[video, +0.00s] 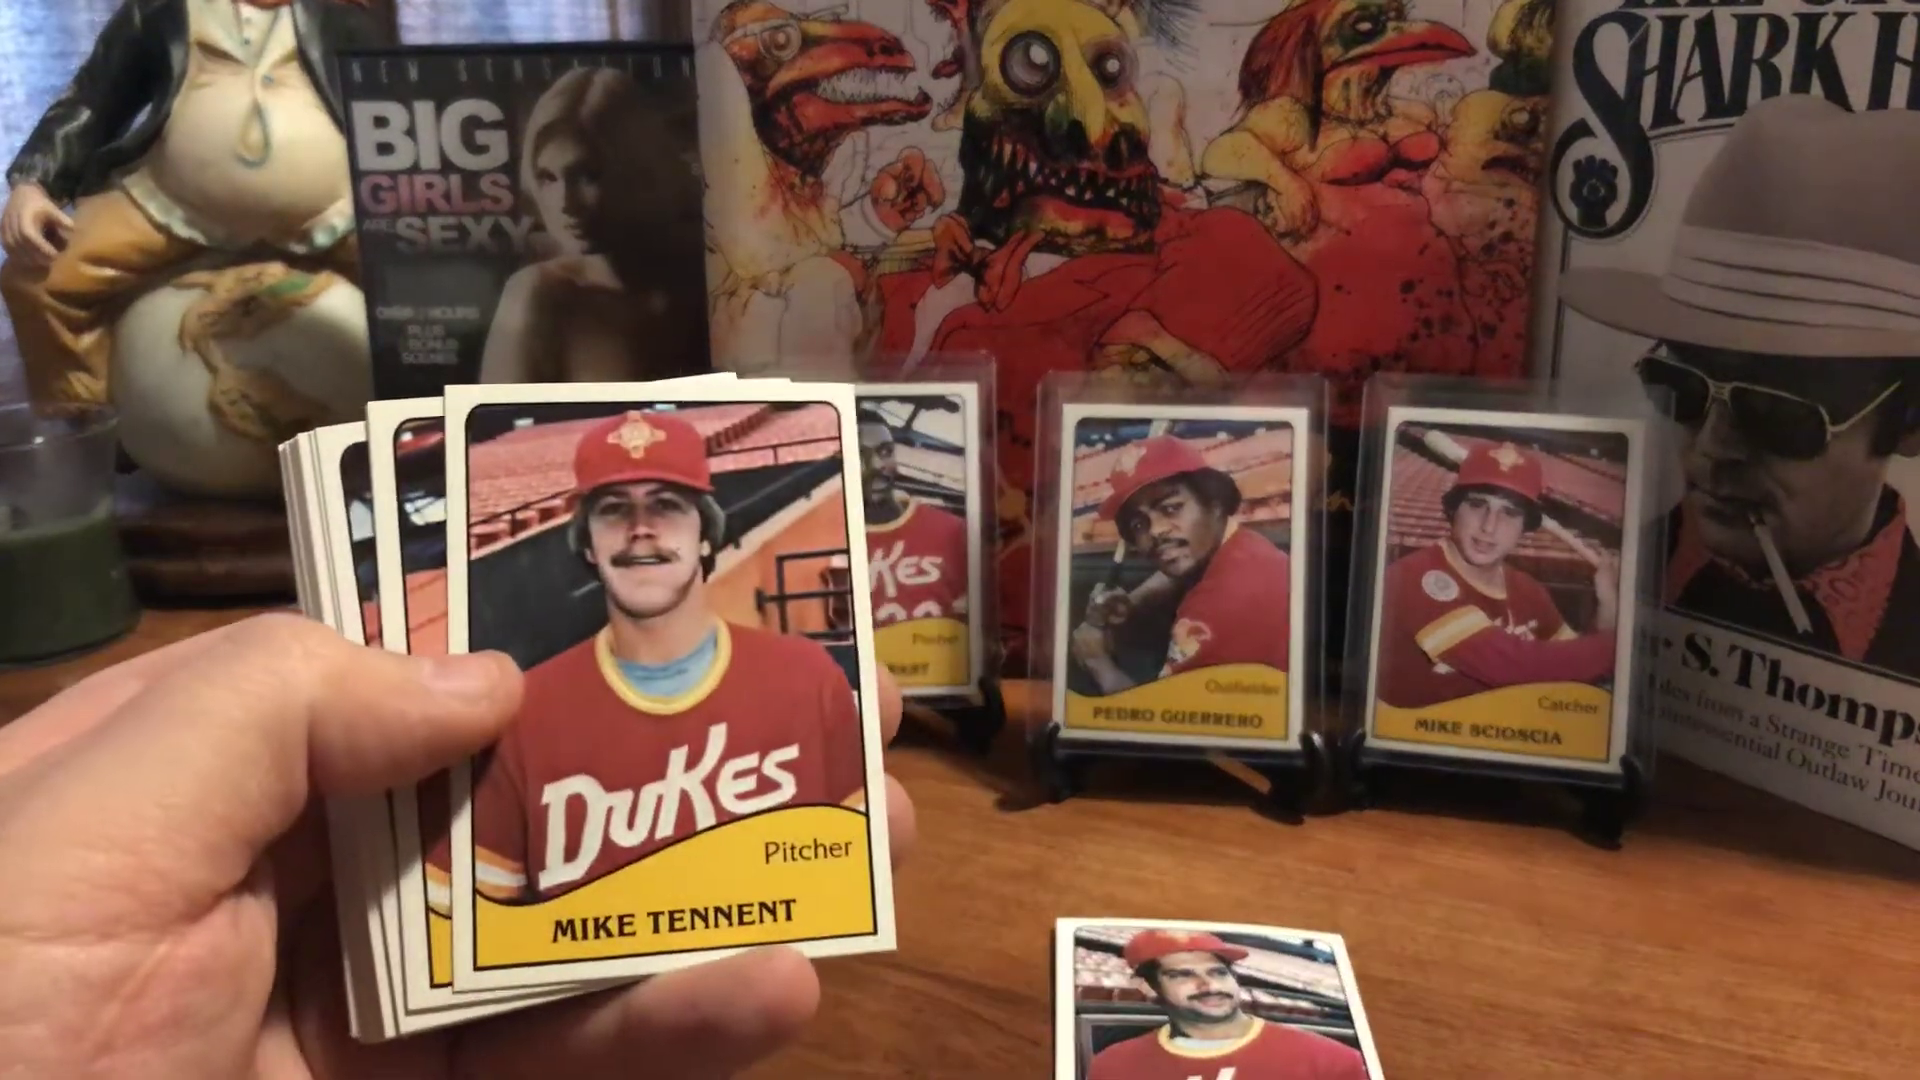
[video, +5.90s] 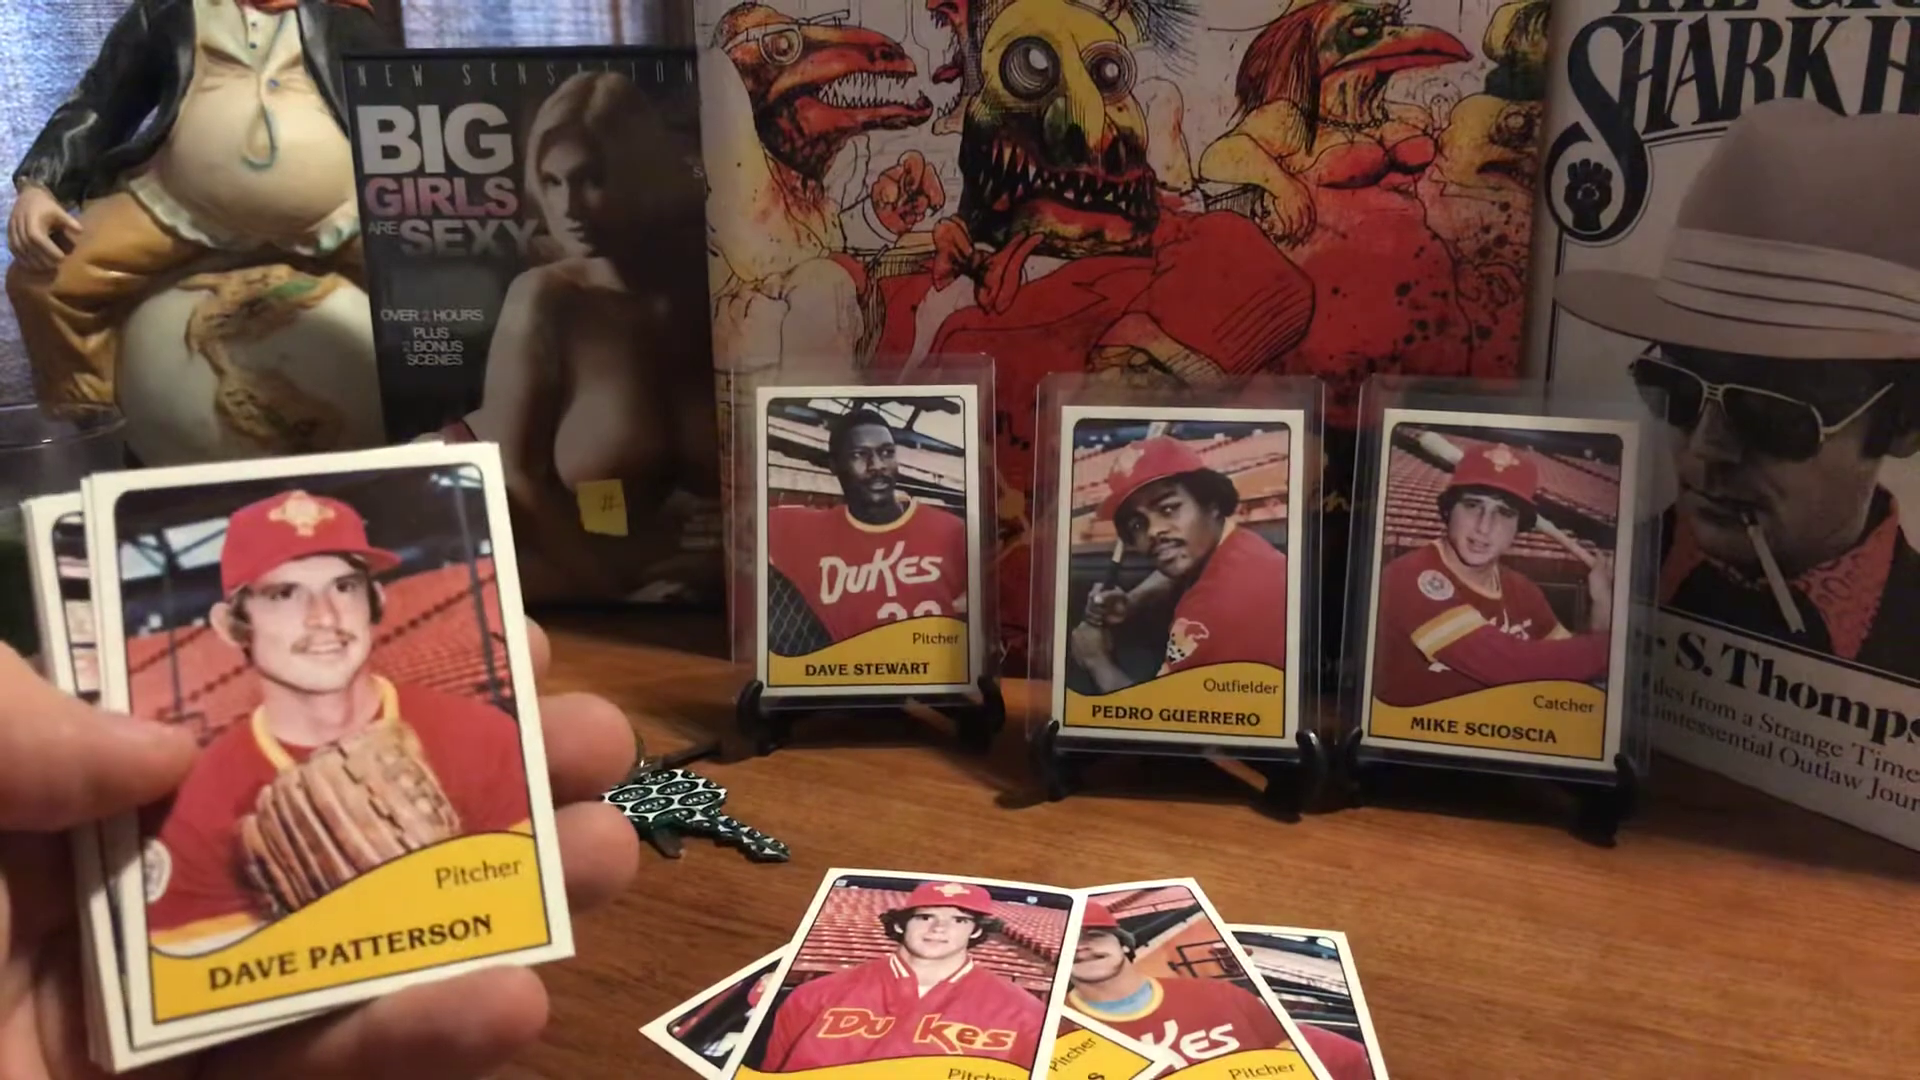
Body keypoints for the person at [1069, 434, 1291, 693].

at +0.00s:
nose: (1156, 531)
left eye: (1171, 508)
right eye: (1140, 523)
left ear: (1215, 503)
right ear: (1133, 540)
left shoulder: (1214, 605)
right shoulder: (1252, 546)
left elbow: (1160, 719)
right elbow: (1186, 564)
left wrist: (1098, 662)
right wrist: (1133, 602)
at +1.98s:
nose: (1156, 530)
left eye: (1170, 508)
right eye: (1140, 522)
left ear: (1213, 504)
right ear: (1133, 539)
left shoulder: (1212, 605)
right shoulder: (1248, 544)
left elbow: (1160, 720)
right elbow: (1185, 564)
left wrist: (1098, 662)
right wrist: (1132, 602)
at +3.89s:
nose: (1155, 531)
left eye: (1169, 509)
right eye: (1139, 523)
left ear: (1212, 503)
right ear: (1133, 540)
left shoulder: (1211, 606)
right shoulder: (1248, 546)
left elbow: (1160, 719)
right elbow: (1182, 568)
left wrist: (1098, 662)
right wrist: (1133, 603)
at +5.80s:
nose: (1155, 531)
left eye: (1169, 509)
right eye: (1139, 524)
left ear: (1212, 505)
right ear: (1133, 540)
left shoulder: (1210, 608)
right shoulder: (1247, 544)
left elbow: (1159, 717)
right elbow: (1182, 566)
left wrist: (1097, 661)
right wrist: (1132, 602)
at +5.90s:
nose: (1155, 531)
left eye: (1169, 509)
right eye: (1139, 524)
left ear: (1212, 506)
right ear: (1134, 541)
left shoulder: (1210, 608)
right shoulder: (1247, 544)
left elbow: (1160, 718)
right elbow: (1182, 566)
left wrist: (1097, 662)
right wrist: (1132, 602)